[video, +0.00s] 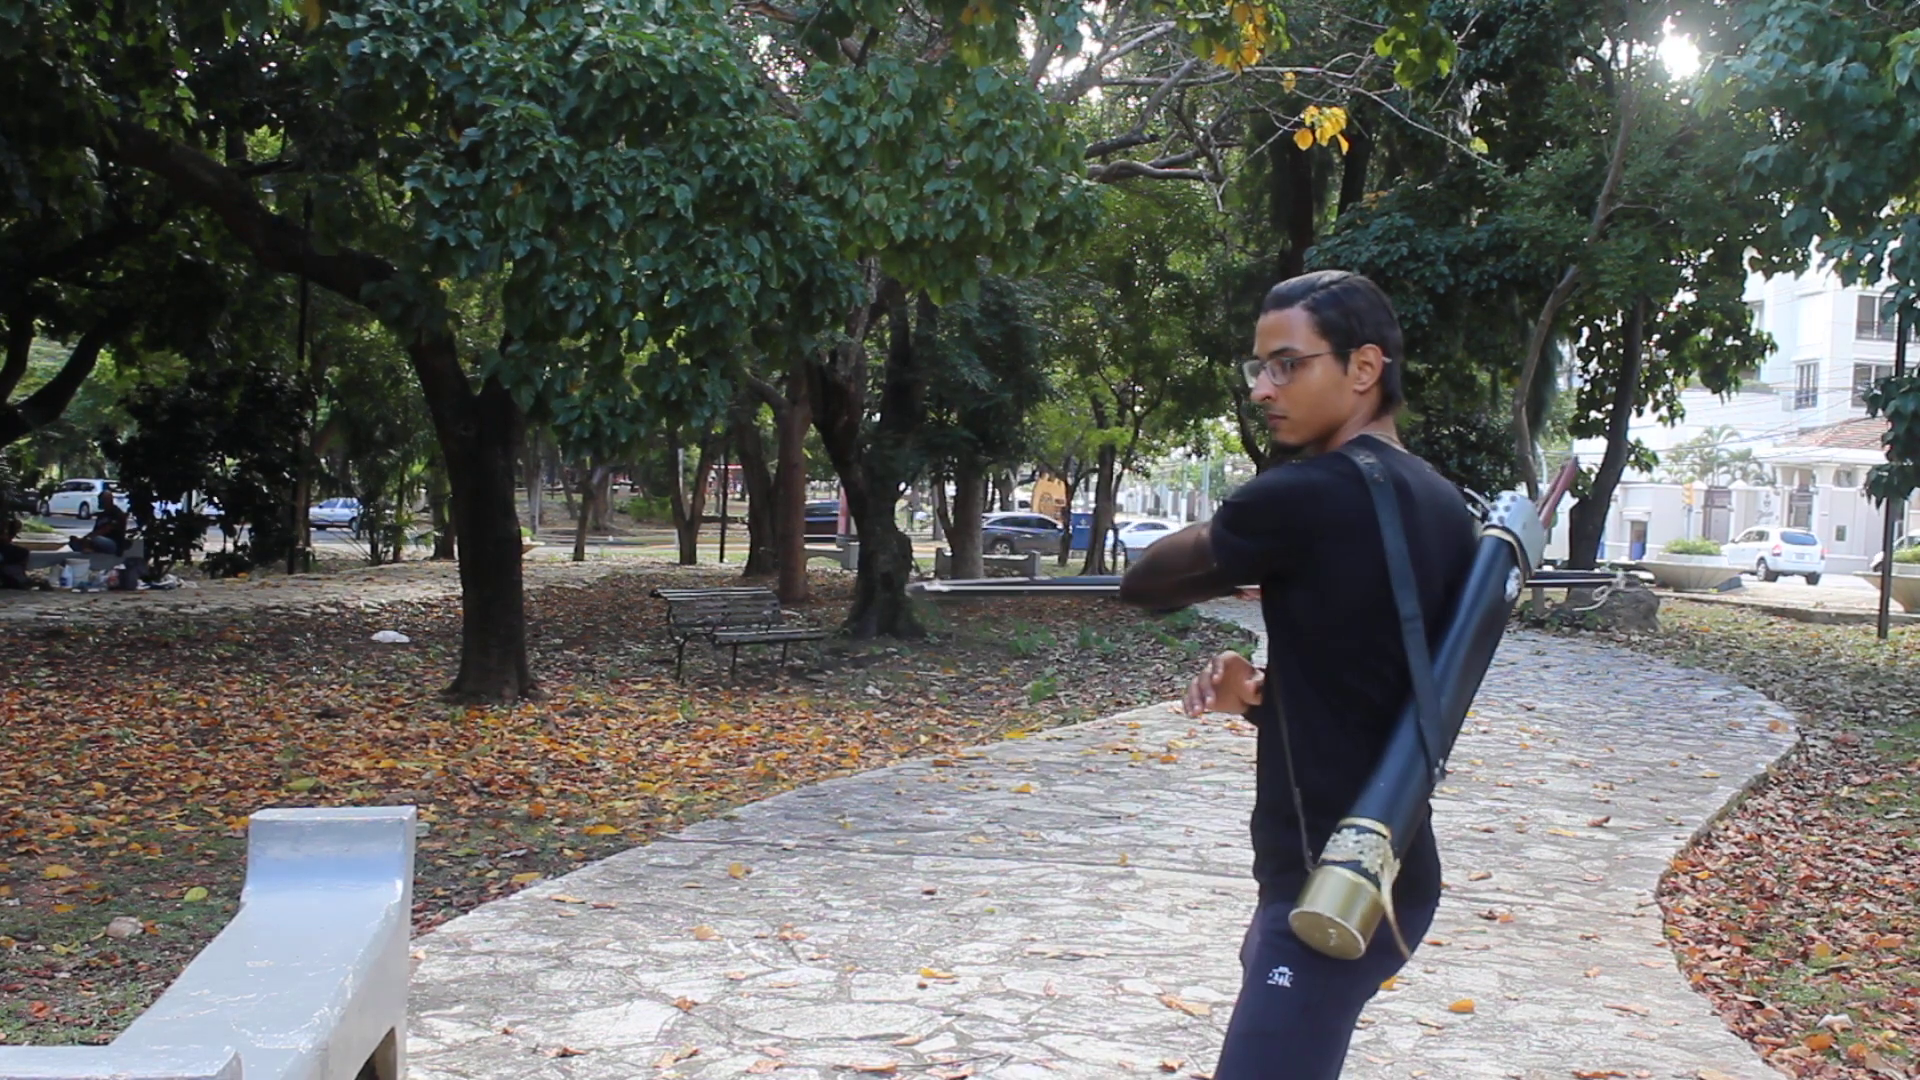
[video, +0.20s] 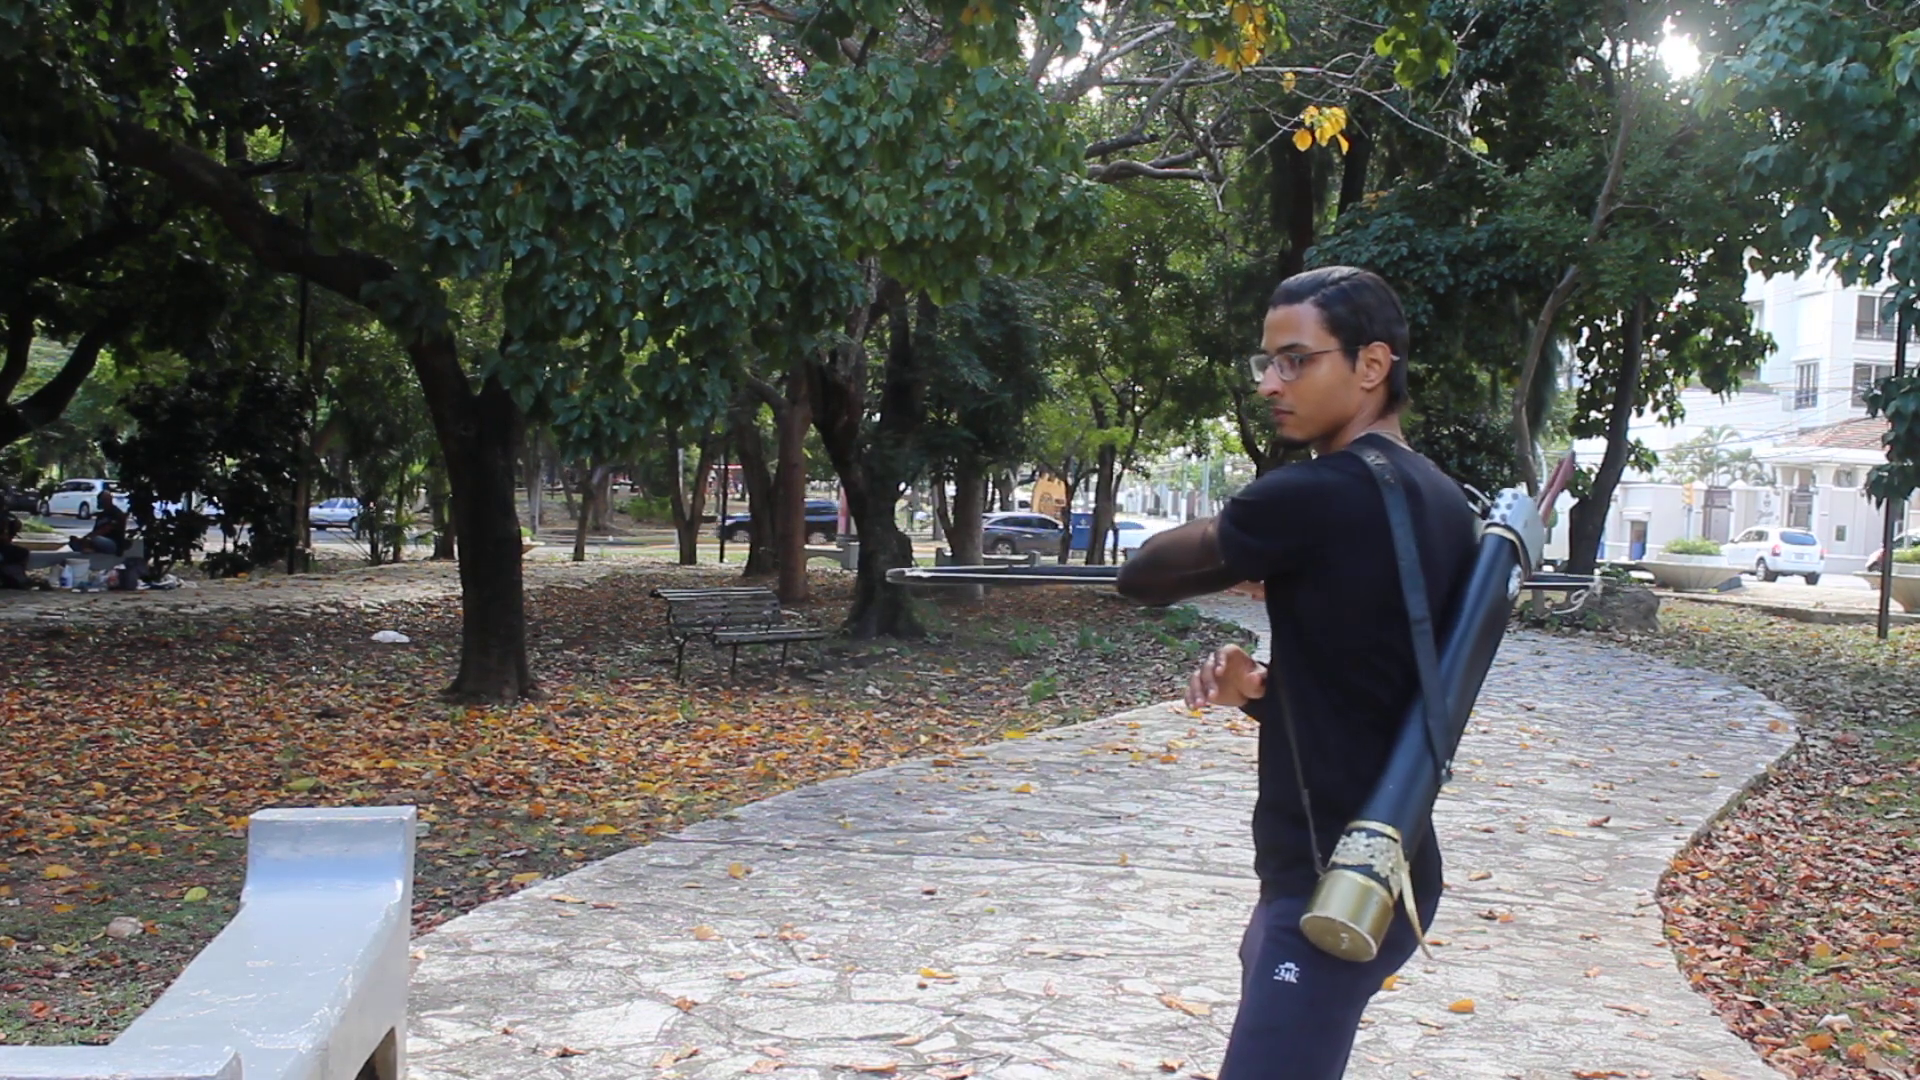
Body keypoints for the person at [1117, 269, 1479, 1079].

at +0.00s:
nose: (1261, 388)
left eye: (1287, 364)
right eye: (1258, 366)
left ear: (1365, 370)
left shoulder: (1305, 495)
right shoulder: (1440, 499)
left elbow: (1144, 582)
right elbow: (1397, 685)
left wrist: (1246, 563)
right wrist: (1265, 690)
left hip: (1322, 888)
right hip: (1389, 876)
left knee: (1253, 1067)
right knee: (1277, 1061)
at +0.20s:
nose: (1267, 383)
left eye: (1294, 360)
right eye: (1266, 361)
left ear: (1372, 368)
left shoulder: (1317, 492)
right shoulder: (1441, 498)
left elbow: (1139, 573)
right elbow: (1394, 698)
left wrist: (1244, 559)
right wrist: (1264, 690)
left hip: (1322, 888)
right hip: (1384, 876)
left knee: (1261, 1065)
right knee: (1271, 1058)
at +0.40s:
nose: (1266, 382)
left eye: (1292, 359)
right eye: (1264, 360)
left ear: (1370, 365)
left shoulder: (1315, 494)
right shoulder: (1440, 497)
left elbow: (1137, 573)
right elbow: (1395, 690)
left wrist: (1245, 563)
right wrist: (1265, 686)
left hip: (1319, 886)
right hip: (1381, 872)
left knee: (1265, 1066)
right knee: (1271, 1057)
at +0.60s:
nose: (1263, 379)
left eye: (1289, 357)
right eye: (1262, 358)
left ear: (1368, 364)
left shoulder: (1316, 492)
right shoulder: (1434, 494)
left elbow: (1134, 570)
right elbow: (1388, 683)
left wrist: (1246, 560)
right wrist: (1263, 681)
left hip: (1316, 884)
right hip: (1374, 870)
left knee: (1264, 1066)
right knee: (1266, 1058)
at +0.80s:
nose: (1259, 377)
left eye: (1285, 354)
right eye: (1256, 355)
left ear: (1364, 362)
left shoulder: (1315, 489)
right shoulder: (1428, 492)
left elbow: (1130, 569)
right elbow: (1384, 686)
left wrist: (1241, 556)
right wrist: (1257, 680)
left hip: (1312, 880)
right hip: (1369, 867)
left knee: (1261, 1065)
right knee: (1263, 1058)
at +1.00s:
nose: (1259, 371)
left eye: (1287, 348)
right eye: (1256, 350)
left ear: (1365, 359)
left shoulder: (1314, 487)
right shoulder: (1424, 490)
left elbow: (1126, 567)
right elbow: (1378, 682)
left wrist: (1243, 550)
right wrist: (1254, 678)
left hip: (1310, 877)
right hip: (1362, 864)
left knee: (1260, 1067)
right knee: (1249, 1058)